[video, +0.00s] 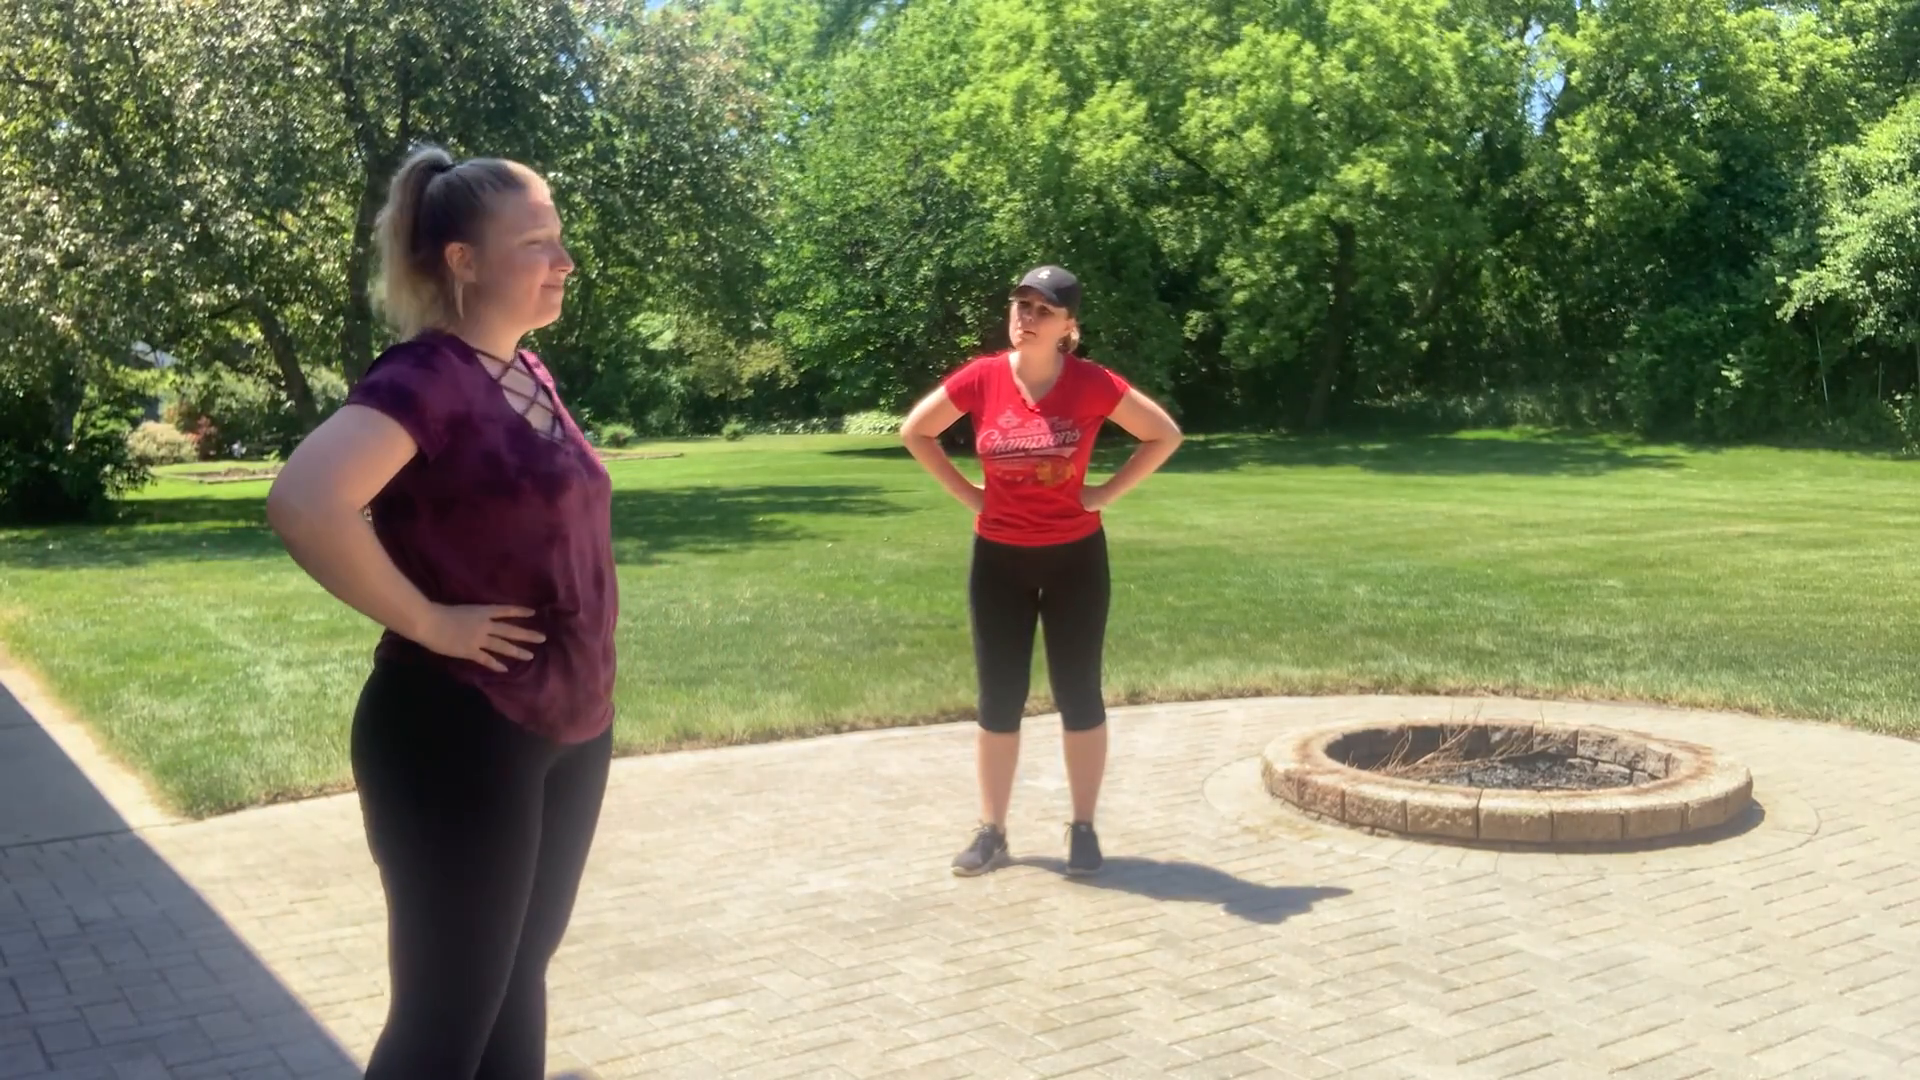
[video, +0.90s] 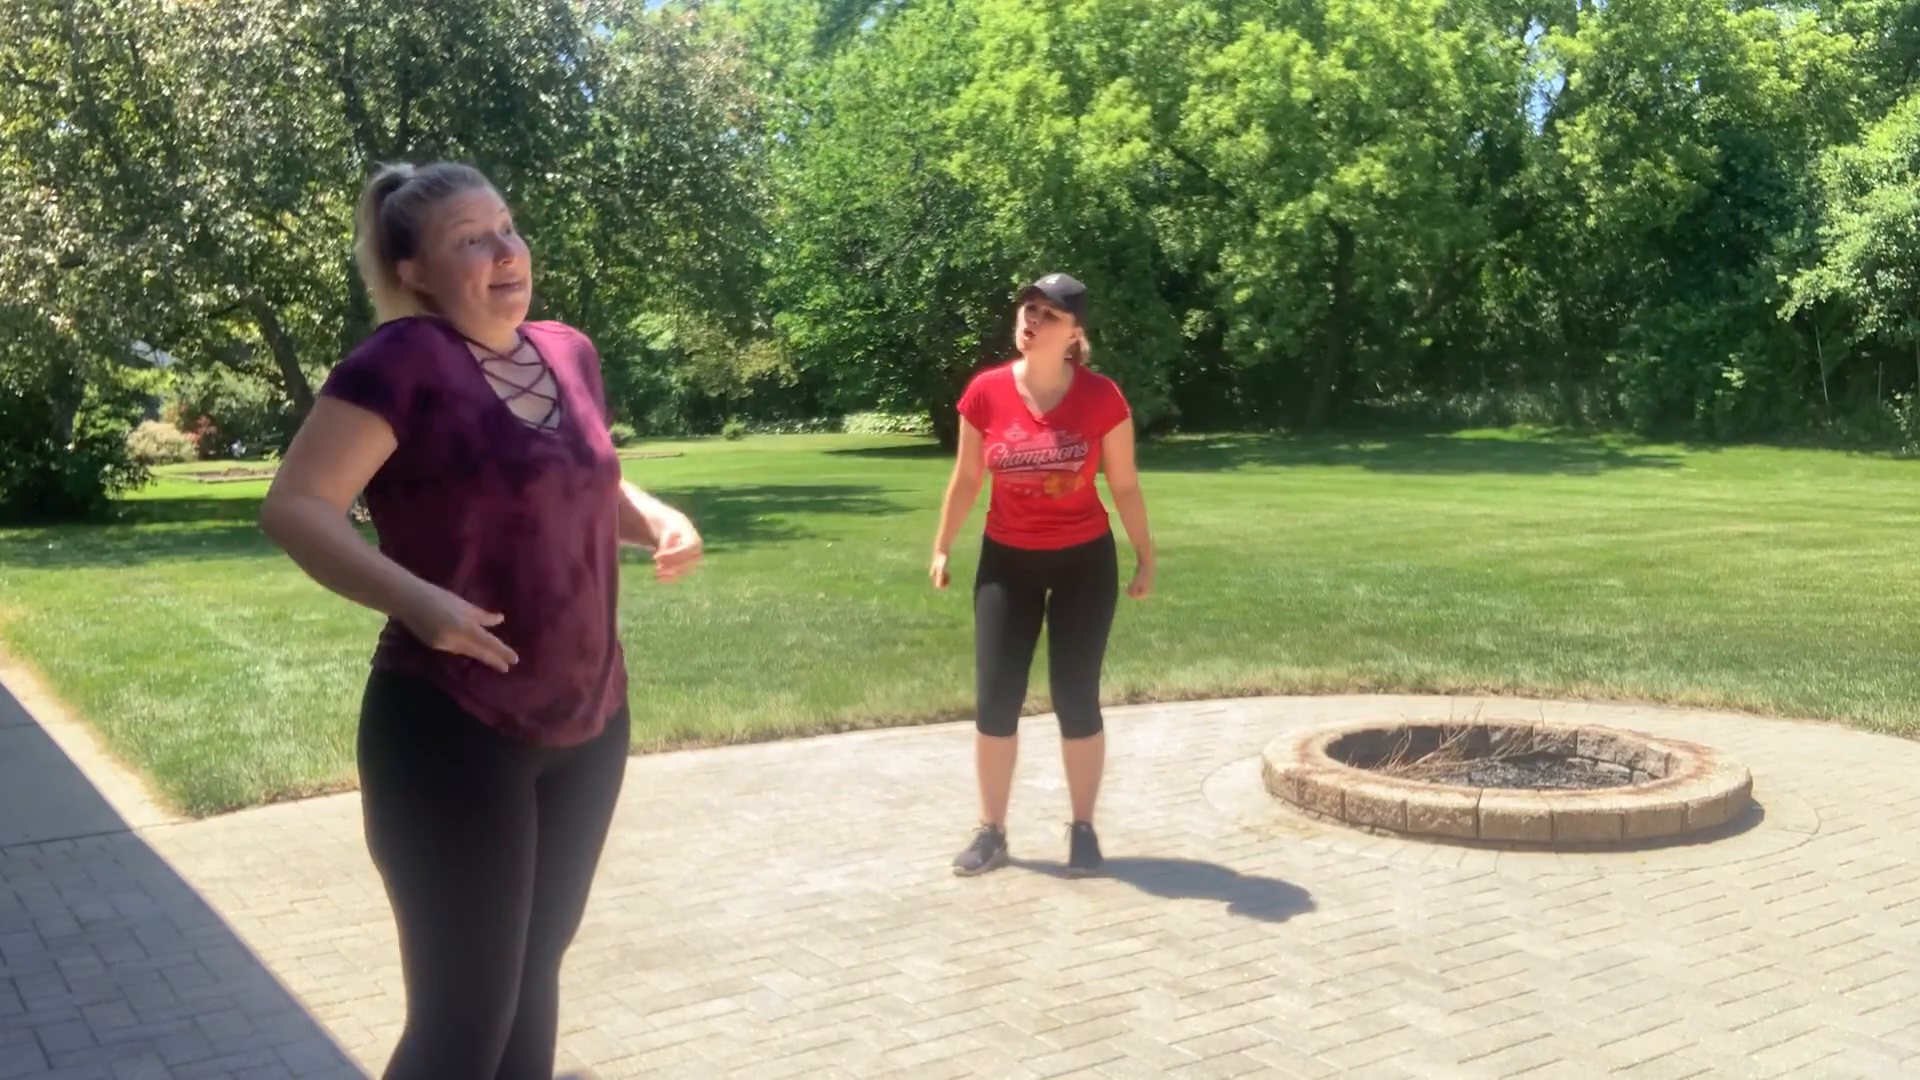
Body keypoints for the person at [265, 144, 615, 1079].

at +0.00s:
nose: (563, 260)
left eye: (560, 240)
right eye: (538, 243)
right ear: (462, 261)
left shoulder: (528, 370)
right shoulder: (426, 377)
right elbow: (306, 501)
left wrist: (560, 600)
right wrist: (425, 619)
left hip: (566, 717)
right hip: (462, 726)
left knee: (519, 984)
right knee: (444, 1019)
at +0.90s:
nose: (508, 254)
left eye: (510, 233)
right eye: (474, 243)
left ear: (522, 243)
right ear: (417, 275)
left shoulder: (570, 353)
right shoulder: (402, 361)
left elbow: (582, 478)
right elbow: (294, 506)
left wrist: (646, 514)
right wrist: (411, 597)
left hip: (585, 713)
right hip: (452, 721)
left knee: (534, 983)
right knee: (463, 1017)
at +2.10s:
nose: (522, 260)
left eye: (513, 242)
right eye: (510, 240)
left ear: (423, 267)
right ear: (476, 247)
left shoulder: (426, 368)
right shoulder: (461, 368)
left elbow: (455, 579)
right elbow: (481, 573)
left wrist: (560, 681)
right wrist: (561, 740)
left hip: (452, 712)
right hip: (476, 724)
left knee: (487, 1023)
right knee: (486, 1032)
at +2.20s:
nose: (517, 259)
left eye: (504, 241)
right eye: (503, 239)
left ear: (415, 276)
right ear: (473, 248)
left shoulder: (421, 370)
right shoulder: (480, 369)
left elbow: (459, 573)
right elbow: (490, 575)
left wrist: (560, 700)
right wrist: (555, 744)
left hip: (438, 709)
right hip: (476, 721)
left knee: (484, 1016)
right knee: (492, 1027)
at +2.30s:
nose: (517, 259)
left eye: (506, 242)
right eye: (507, 241)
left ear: (408, 281)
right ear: (482, 247)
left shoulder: (415, 373)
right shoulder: (486, 370)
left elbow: (445, 567)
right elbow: (499, 576)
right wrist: (578, 723)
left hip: (437, 708)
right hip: (488, 718)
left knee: (482, 1015)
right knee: (496, 1025)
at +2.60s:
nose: (540, 275)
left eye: (537, 254)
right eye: (535, 253)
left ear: (450, 261)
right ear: (501, 258)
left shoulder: (432, 370)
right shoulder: (466, 379)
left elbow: (463, 562)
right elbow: (512, 579)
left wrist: (570, 576)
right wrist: (658, 654)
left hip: (476, 716)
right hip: (493, 729)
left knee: (499, 1014)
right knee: (484, 1026)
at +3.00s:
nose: (557, 263)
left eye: (551, 241)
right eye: (546, 241)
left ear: (475, 264)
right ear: (506, 257)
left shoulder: (492, 381)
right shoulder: (456, 389)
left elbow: (481, 586)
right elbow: (435, 596)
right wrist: (484, 775)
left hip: (547, 729)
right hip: (494, 734)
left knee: (517, 1007)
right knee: (481, 1026)